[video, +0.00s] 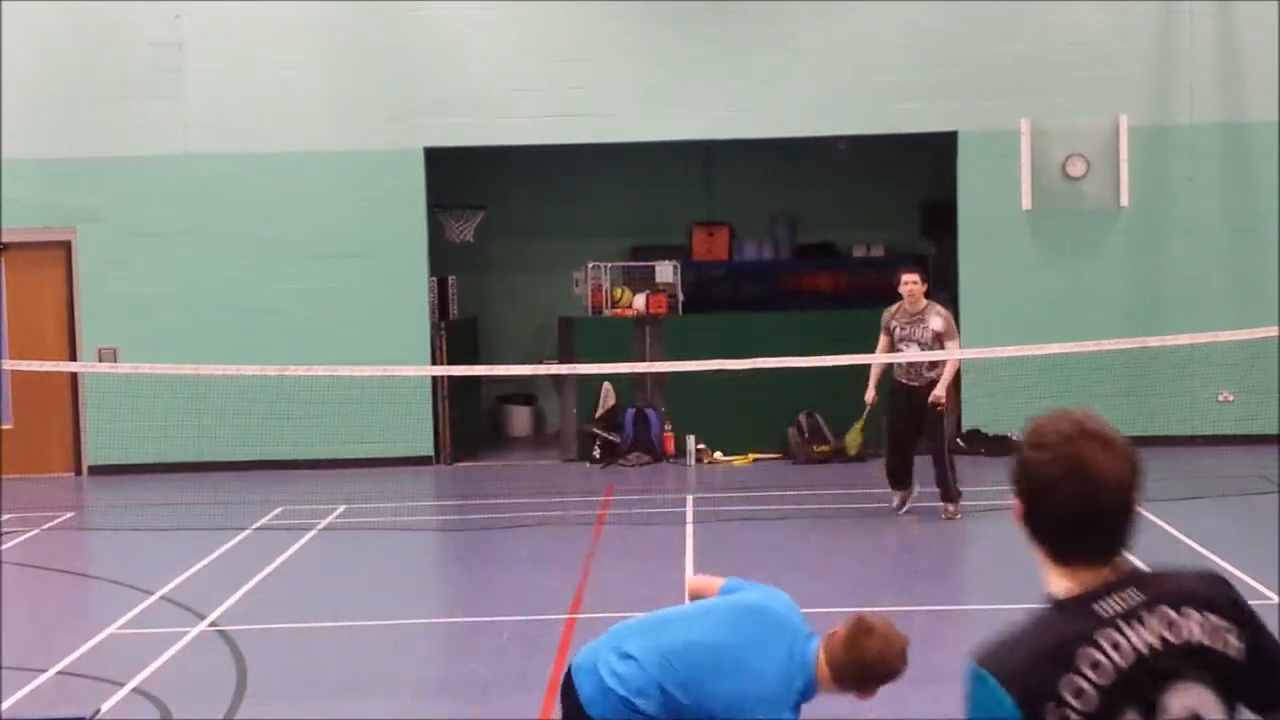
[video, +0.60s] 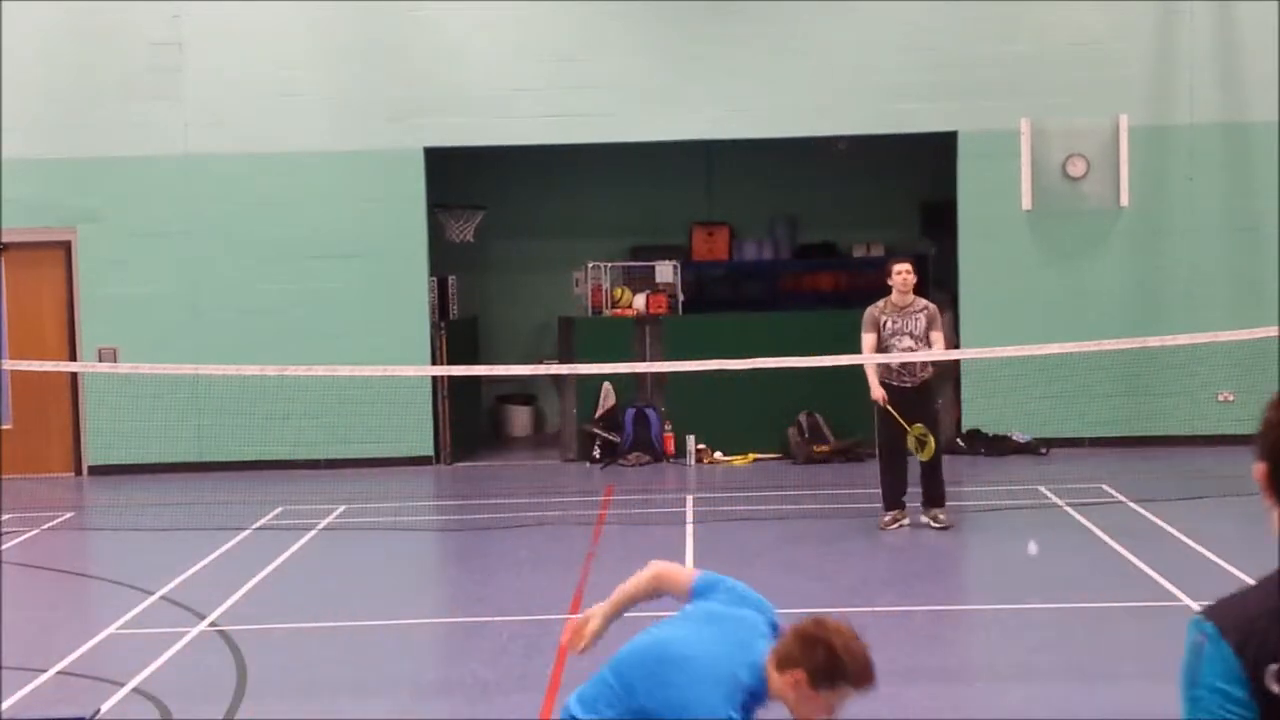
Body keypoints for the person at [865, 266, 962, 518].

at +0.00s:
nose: (909, 288)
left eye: (913, 283)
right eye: (904, 283)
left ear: (924, 287)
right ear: (899, 288)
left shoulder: (940, 316)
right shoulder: (891, 316)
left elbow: (953, 355)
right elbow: (881, 353)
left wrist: (942, 386)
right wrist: (871, 386)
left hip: (934, 386)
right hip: (902, 386)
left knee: (939, 444)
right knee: (896, 440)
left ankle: (950, 500)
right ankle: (902, 487)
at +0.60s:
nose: (905, 277)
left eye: (908, 273)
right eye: (899, 273)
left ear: (915, 278)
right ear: (890, 279)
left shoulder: (929, 309)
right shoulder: (875, 312)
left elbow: (939, 346)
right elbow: (868, 353)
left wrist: (932, 358)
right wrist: (874, 385)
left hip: (923, 387)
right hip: (890, 389)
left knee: (929, 446)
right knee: (890, 449)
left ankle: (934, 507)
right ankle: (894, 509)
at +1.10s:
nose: (940, 279)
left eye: (944, 274)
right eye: (935, 275)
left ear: (951, 279)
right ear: (925, 280)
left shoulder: (964, 311)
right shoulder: (909, 311)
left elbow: (969, 345)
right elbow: (899, 353)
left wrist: (952, 338)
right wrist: (897, 389)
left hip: (950, 390)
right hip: (916, 389)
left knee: (951, 451)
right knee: (908, 449)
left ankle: (948, 515)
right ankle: (898, 506)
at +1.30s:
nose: (950, 280)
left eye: (954, 274)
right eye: (944, 275)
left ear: (963, 278)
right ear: (937, 280)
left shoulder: (979, 312)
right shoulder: (923, 312)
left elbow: (985, 347)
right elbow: (912, 354)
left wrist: (958, 340)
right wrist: (907, 390)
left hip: (964, 390)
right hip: (931, 389)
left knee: (959, 454)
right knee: (935, 452)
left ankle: (950, 516)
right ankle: (923, 512)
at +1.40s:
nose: (953, 281)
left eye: (957, 275)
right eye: (947, 277)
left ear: (967, 278)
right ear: (941, 281)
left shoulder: (983, 312)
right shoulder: (928, 313)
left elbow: (991, 350)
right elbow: (917, 355)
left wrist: (973, 360)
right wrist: (913, 393)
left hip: (969, 389)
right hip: (937, 388)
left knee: (964, 453)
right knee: (944, 452)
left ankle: (957, 515)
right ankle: (943, 516)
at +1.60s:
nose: (959, 285)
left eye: (964, 279)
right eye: (954, 281)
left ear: (973, 281)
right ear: (947, 285)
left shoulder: (991, 316)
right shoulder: (935, 319)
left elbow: (999, 358)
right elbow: (927, 362)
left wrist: (997, 393)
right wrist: (926, 401)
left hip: (980, 394)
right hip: (949, 394)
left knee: (971, 456)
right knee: (961, 457)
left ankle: (948, 512)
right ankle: (976, 519)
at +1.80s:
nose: (967, 286)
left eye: (970, 280)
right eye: (961, 282)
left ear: (979, 281)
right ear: (953, 286)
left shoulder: (997, 314)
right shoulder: (942, 321)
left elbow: (1007, 357)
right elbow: (939, 366)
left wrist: (1017, 395)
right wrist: (939, 406)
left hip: (992, 394)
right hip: (961, 396)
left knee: (994, 454)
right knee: (967, 457)